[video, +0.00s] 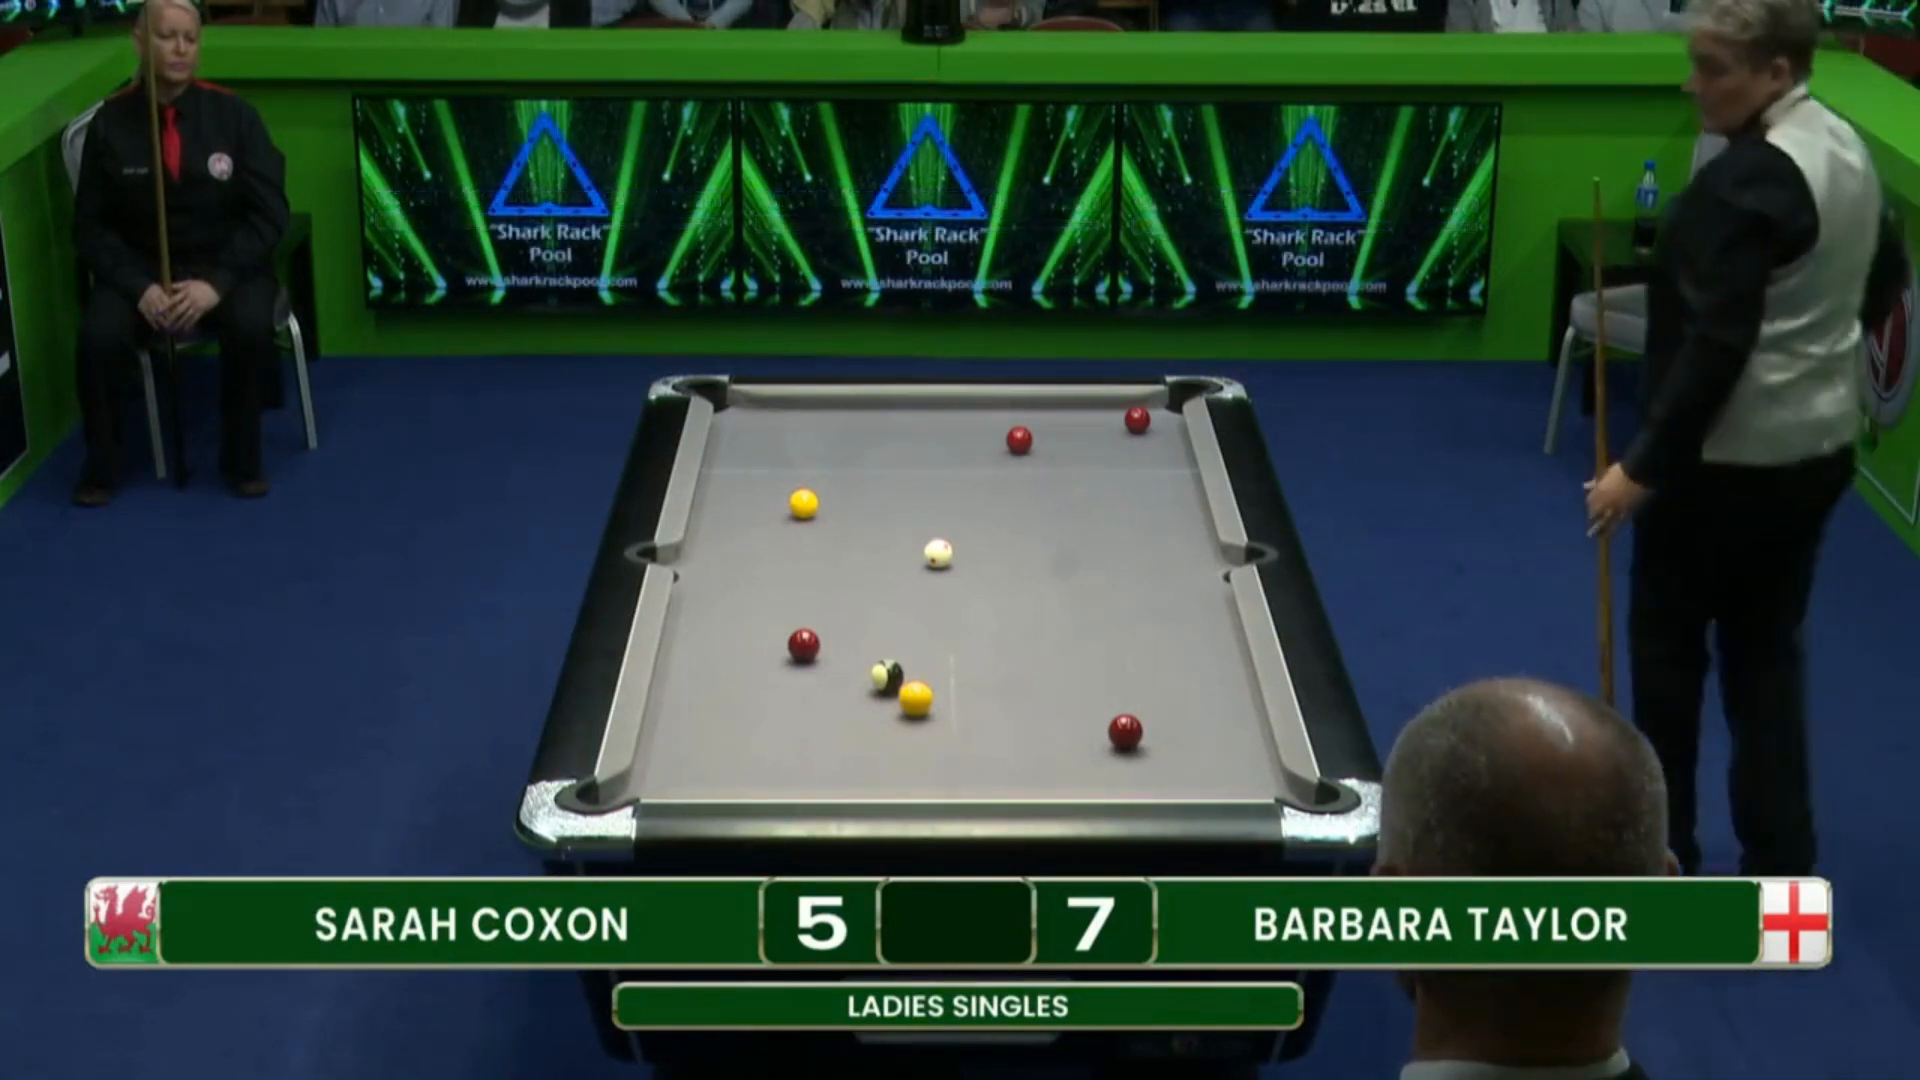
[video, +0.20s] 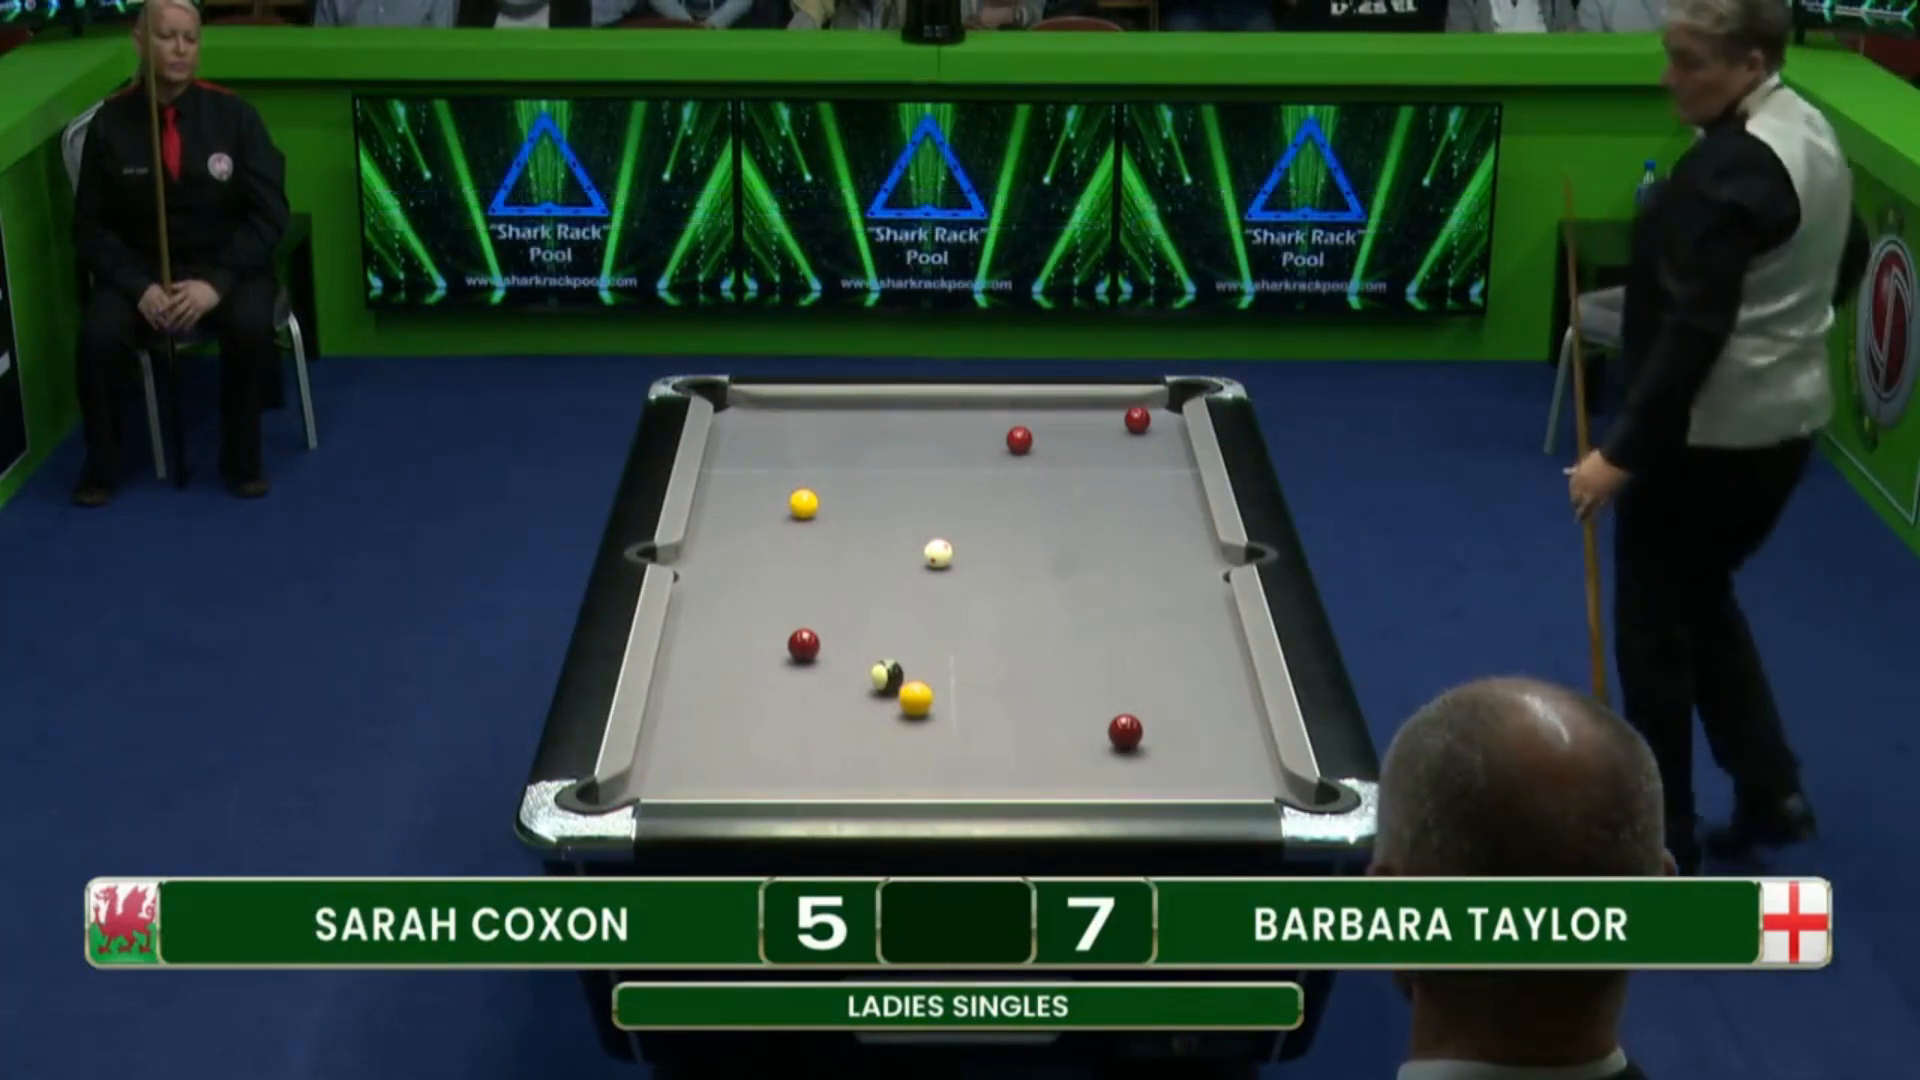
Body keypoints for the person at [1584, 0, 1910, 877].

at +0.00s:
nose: (1694, 84)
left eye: (1712, 68)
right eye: (1694, 65)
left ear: (1776, 73)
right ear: (1785, 75)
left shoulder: (1741, 180)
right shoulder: (1845, 146)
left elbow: (1715, 349)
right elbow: (1883, 283)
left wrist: (1637, 468)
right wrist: (1815, 346)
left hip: (1723, 464)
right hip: (1816, 453)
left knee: (1665, 655)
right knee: (1767, 658)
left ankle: (1666, 851)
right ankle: (1782, 865)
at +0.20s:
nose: (1670, 77)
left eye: (1689, 63)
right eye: (1670, 58)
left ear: (1752, 65)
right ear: (1759, 66)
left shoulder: (1721, 173)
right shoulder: (1807, 128)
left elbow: (1692, 333)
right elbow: (1845, 267)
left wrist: (1619, 455)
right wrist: (1765, 322)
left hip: (1707, 444)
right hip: (1779, 434)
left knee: (1652, 628)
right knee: (1699, 595)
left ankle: (1661, 830)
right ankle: (1772, 796)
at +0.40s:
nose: (1662, 63)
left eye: (1680, 48)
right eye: (1660, 45)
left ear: (1741, 51)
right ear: (1739, 51)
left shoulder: (1735, 153)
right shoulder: (1775, 111)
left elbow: (1707, 313)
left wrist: (1622, 421)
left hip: (1714, 422)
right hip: (1757, 407)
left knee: (1657, 610)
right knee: (1695, 591)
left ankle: (1666, 822)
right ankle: (1711, 765)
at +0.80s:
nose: (1648, 54)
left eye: (1665, 37)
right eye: (1642, 35)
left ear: (1721, 35)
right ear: (1646, 32)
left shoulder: (1782, 126)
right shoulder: (1682, 114)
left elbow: (1794, 279)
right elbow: (1678, 262)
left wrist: (1734, 397)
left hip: (1773, 404)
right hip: (1699, 392)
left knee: (1725, 611)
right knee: (1694, 595)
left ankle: (1696, 834)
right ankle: (1698, 791)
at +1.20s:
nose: (1688, 64)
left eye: (1710, 48)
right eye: (1684, 45)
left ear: (1768, 52)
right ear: (1679, 42)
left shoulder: (1837, 147)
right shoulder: (1676, 135)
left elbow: (1867, 298)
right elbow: (1650, 264)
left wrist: (1843, 426)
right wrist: (1634, 349)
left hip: (1793, 434)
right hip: (1695, 421)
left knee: (1776, 628)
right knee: (1701, 604)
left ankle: (1784, 825)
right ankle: (1710, 761)